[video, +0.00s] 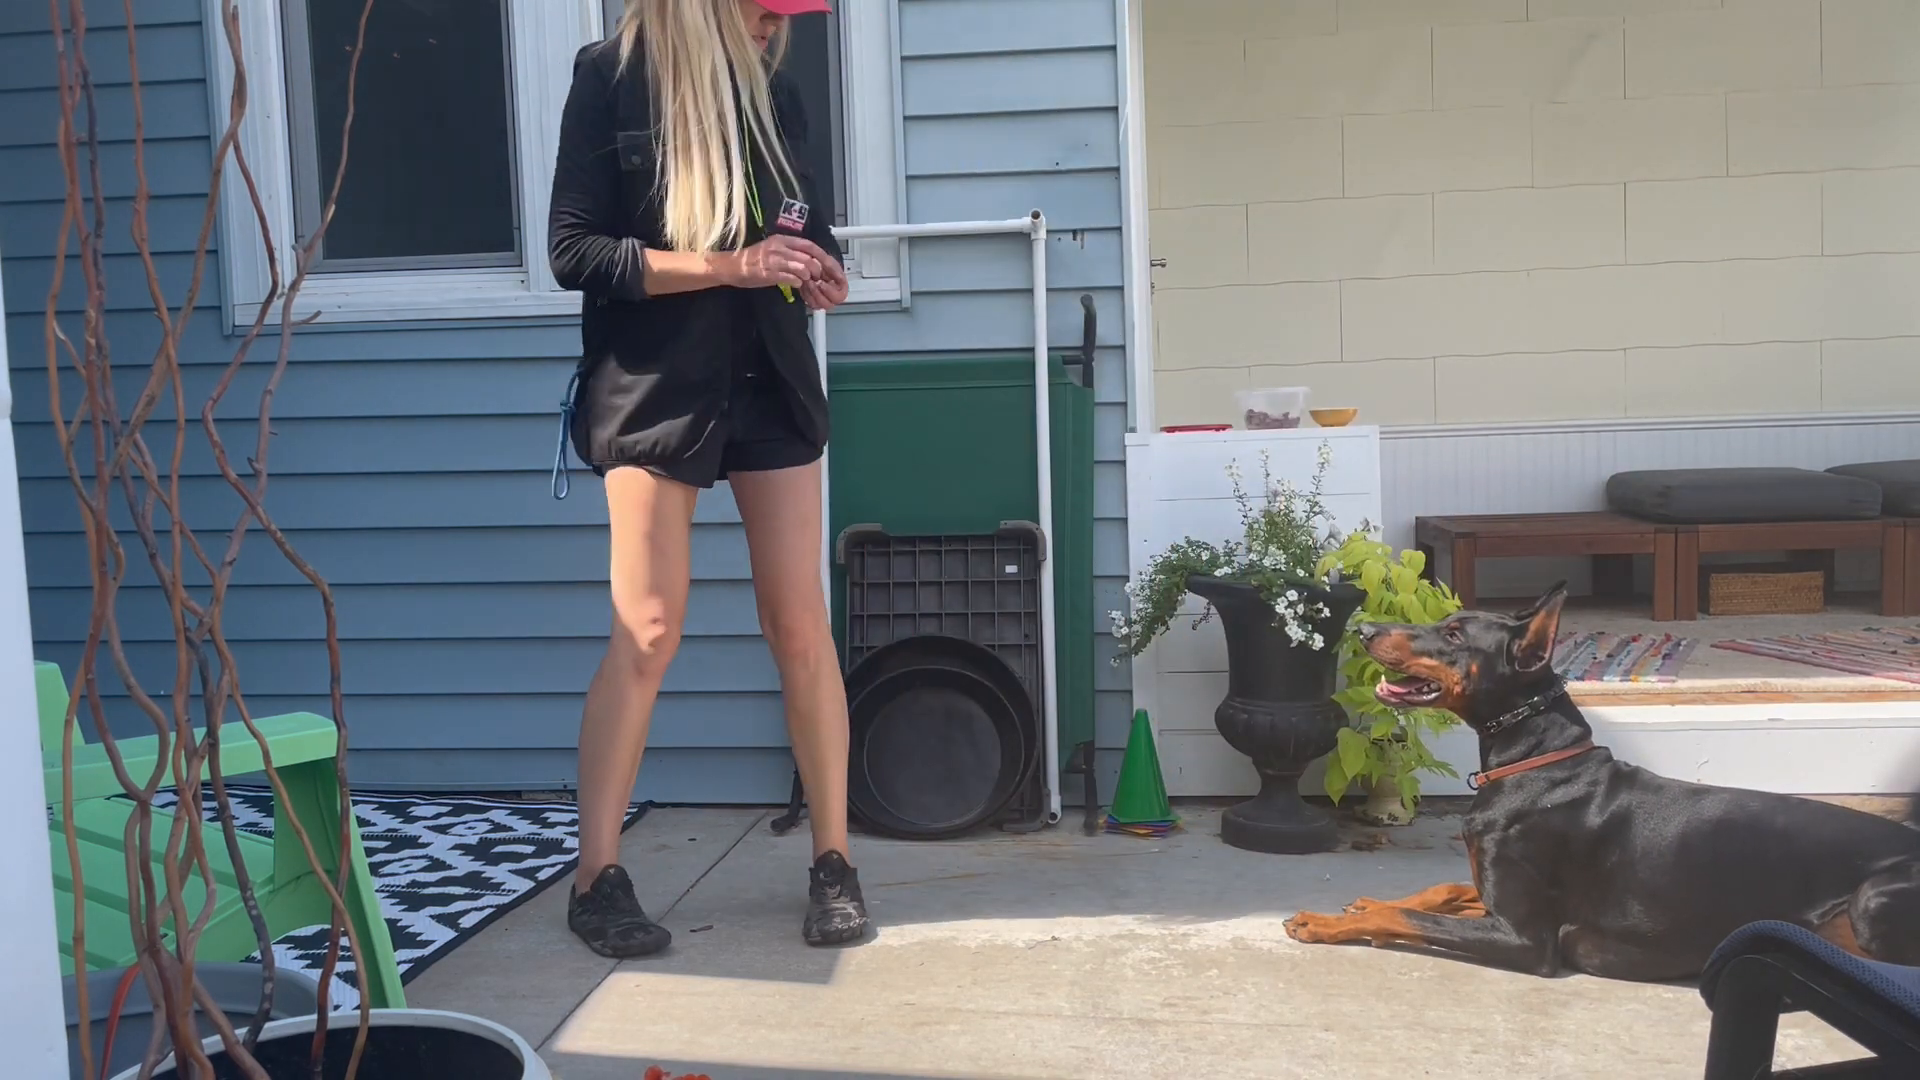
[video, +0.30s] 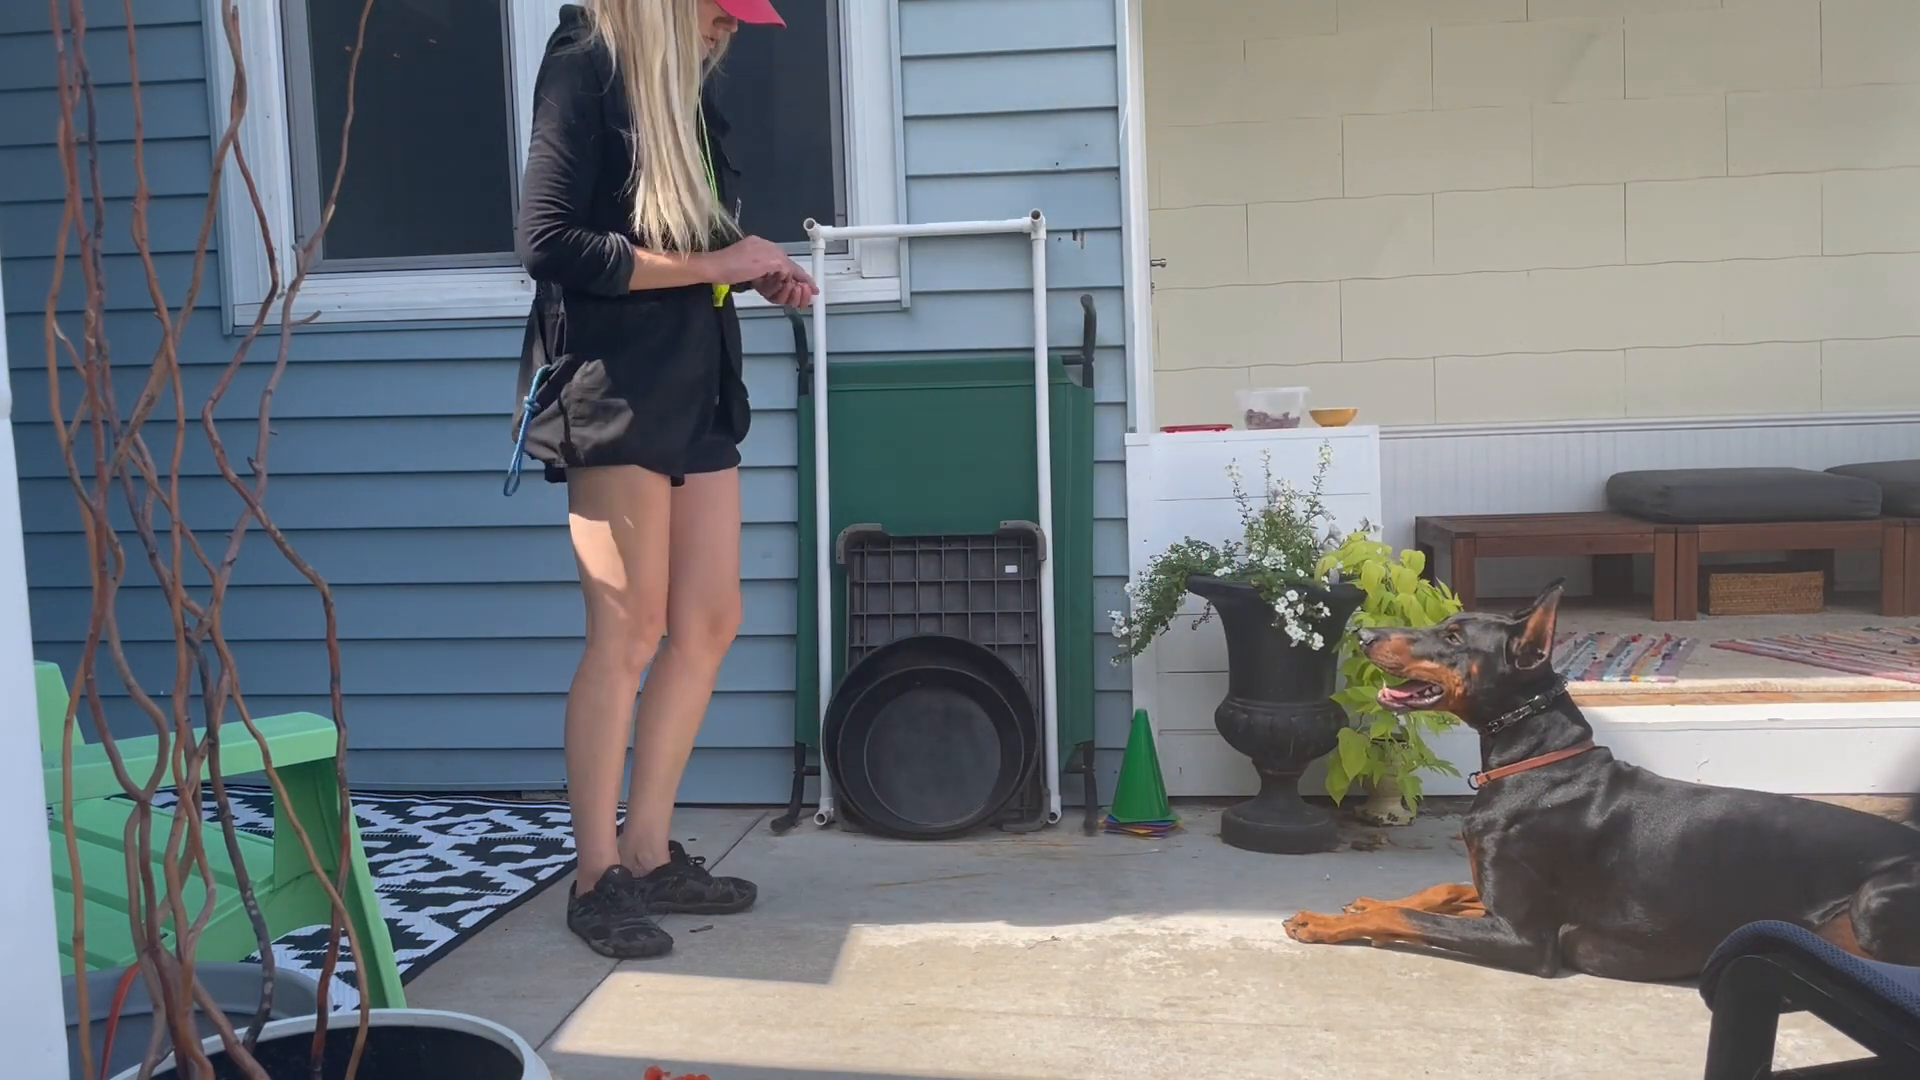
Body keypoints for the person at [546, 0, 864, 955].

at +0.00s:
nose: (779, 32)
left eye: (787, 21)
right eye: (768, 16)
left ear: (784, 18)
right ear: (712, 2)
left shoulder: (780, 84)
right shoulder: (614, 72)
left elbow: (808, 229)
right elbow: (572, 250)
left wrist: (822, 276)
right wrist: (725, 265)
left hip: (771, 368)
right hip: (651, 373)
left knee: (801, 626)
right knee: (648, 630)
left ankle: (834, 865)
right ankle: (596, 876)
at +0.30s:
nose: (727, 36)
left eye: (735, 25)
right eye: (721, 19)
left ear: (711, 13)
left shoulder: (684, 79)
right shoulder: (585, 58)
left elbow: (679, 228)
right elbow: (545, 243)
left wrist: (750, 263)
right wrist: (705, 267)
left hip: (696, 373)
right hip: (613, 376)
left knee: (707, 621)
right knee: (626, 629)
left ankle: (649, 856)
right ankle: (594, 879)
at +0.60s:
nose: (726, 42)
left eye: (731, 31)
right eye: (719, 26)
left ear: (688, 13)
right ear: (672, 5)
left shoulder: (666, 73)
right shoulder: (592, 62)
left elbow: (654, 239)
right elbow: (568, 242)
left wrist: (748, 261)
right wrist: (726, 251)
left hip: (683, 368)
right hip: (616, 373)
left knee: (673, 620)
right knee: (628, 624)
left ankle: (646, 859)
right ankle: (596, 879)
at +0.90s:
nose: (736, 46)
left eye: (740, 34)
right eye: (729, 28)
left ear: (687, 15)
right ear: (681, 8)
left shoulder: (667, 80)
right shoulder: (613, 70)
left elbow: (663, 252)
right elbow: (596, 235)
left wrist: (756, 270)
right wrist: (739, 243)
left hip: (670, 377)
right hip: (631, 377)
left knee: (689, 616)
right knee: (690, 616)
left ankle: (646, 853)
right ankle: (618, 872)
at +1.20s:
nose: (766, 41)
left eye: (770, 30)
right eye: (761, 25)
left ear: (713, 7)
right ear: (717, 7)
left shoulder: (684, 71)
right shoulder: (645, 66)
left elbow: (678, 233)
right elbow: (620, 235)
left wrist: (764, 276)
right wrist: (753, 261)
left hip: (666, 370)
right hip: (643, 372)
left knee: (668, 623)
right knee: (692, 618)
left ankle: (637, 864)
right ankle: (683, 886)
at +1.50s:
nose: (807, 34)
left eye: (811, 22)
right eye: (801, 17)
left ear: (747, 6)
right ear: (751, 5)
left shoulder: (712, 67)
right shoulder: (672, 67)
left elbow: (716, 231)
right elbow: (658, 249)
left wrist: (793, 277)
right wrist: (778, 264)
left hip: (674, 372)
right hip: (657, 376)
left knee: (670, 628)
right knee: (696, 626)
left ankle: (639, 863)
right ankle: (684, 886)